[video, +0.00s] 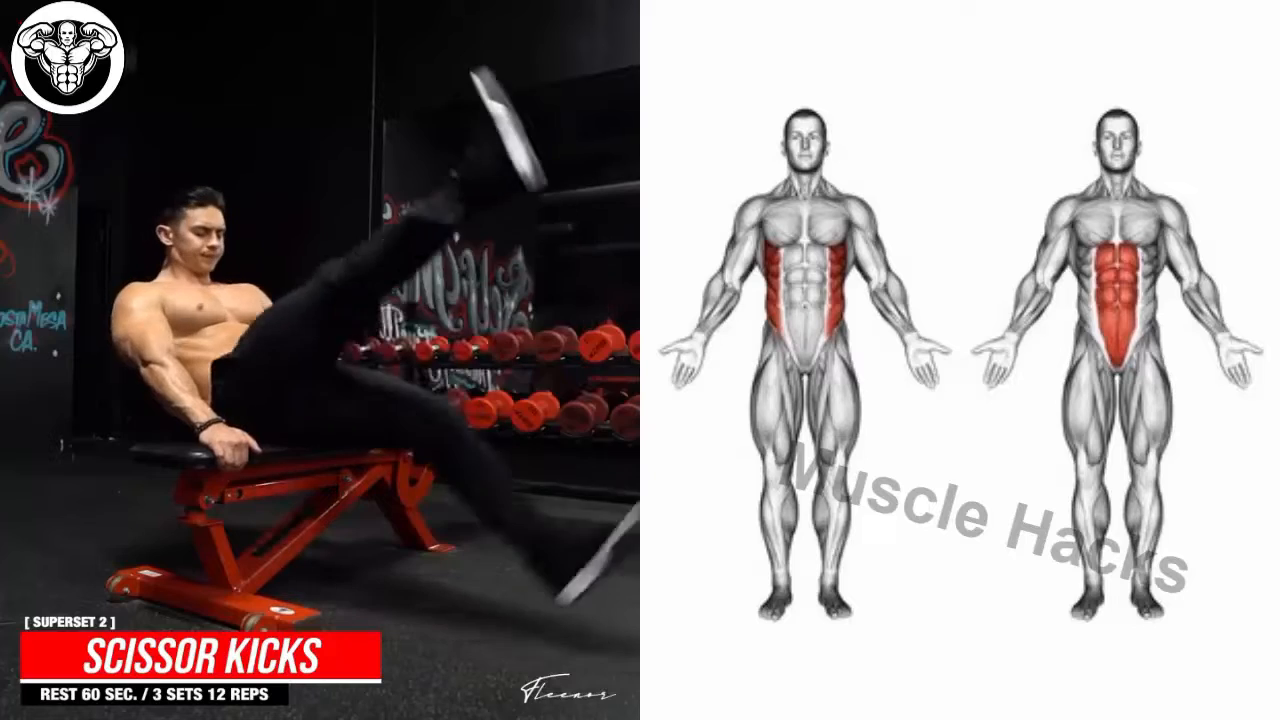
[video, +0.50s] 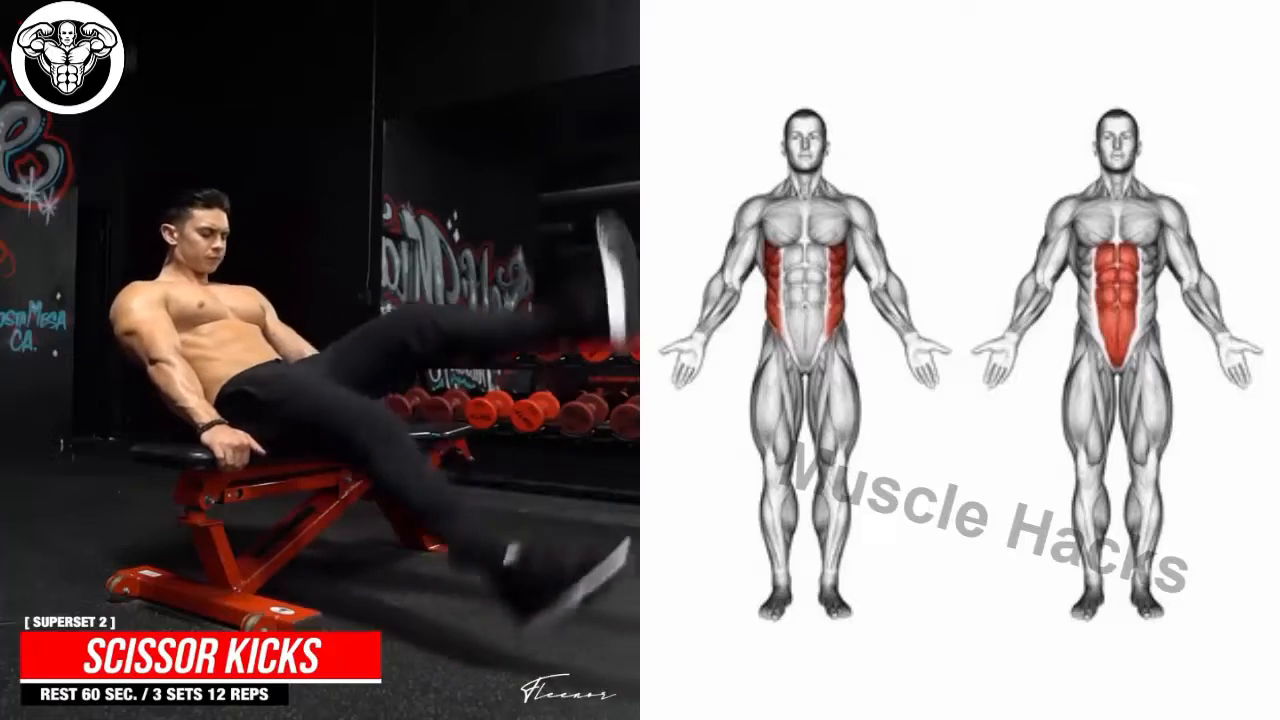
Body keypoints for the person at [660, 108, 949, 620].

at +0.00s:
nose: (804, 146)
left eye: (812, 138)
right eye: (797, 138)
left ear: (825, 145)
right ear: (785, 145)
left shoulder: (851, 211)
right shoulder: (758, 211)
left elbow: (881, 281)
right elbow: (729, 281)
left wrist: (909, 336)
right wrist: (700, 336)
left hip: (832, 356)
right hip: (777, 355)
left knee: (834, 467)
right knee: (776, 469)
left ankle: (830, 584)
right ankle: (780, 585)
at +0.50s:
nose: (804, 145)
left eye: (812, 138)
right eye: (797, 138)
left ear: (825, 145)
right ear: (785, 146)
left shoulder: (851, 211)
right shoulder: (758, 211)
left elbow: (881, 281)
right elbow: (729, 281)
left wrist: (909, 336)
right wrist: (700, 336)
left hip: (832, 356)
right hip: (777, 355)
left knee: (834, 468)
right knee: (777, 469)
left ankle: (829, 584)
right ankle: (780, 585)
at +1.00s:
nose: (804, 146)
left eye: (812, 138)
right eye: (797, 138)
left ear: (825, 145)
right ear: (785, 145)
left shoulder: (851, 211)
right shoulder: (758, 211)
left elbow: (881, 281)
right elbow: (729, 281)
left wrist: (909, 336)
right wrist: (700, 336)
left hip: (832, 356)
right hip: (777, 355)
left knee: (834, 467)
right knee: (777, 469)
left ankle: (829, 584)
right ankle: (780, 585)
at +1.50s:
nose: (804, 145)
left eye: (812, 138)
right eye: (797, 138)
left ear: (825, 145)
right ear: (785, 146)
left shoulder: (851, 211)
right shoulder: (758, 211)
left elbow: (881, 281)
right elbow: (729, 281)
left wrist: (909, 336)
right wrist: (700, 336)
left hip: (832, 355)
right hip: (778, 355)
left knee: (834, 467)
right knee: (776, 469)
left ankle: (829, 584)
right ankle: (780, 585)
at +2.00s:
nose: (804, 145)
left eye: (812, 138)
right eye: (797, 138)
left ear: (825, 145)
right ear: (785, 146)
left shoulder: (851, 211)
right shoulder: (758, 211)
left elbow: (881, 281)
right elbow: (729, 281)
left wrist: (909, 336)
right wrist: (700, 336)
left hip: (832, 355)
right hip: (778, 355)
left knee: (834, 467)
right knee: (776, 469)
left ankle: (829, 584)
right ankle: (780, 585)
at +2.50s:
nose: (804, 145)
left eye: (812, 138)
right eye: (797, 138)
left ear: (825, 145)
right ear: (785, 146)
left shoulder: (851, 211)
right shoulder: (758, 211)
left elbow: (881, 281)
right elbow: (729, 281)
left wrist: (909, 336)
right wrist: (700, 336)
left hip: (832, 355)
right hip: (778, 355)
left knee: (834, 468)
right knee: (777, 469)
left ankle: (829, 584)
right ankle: (780, 585)